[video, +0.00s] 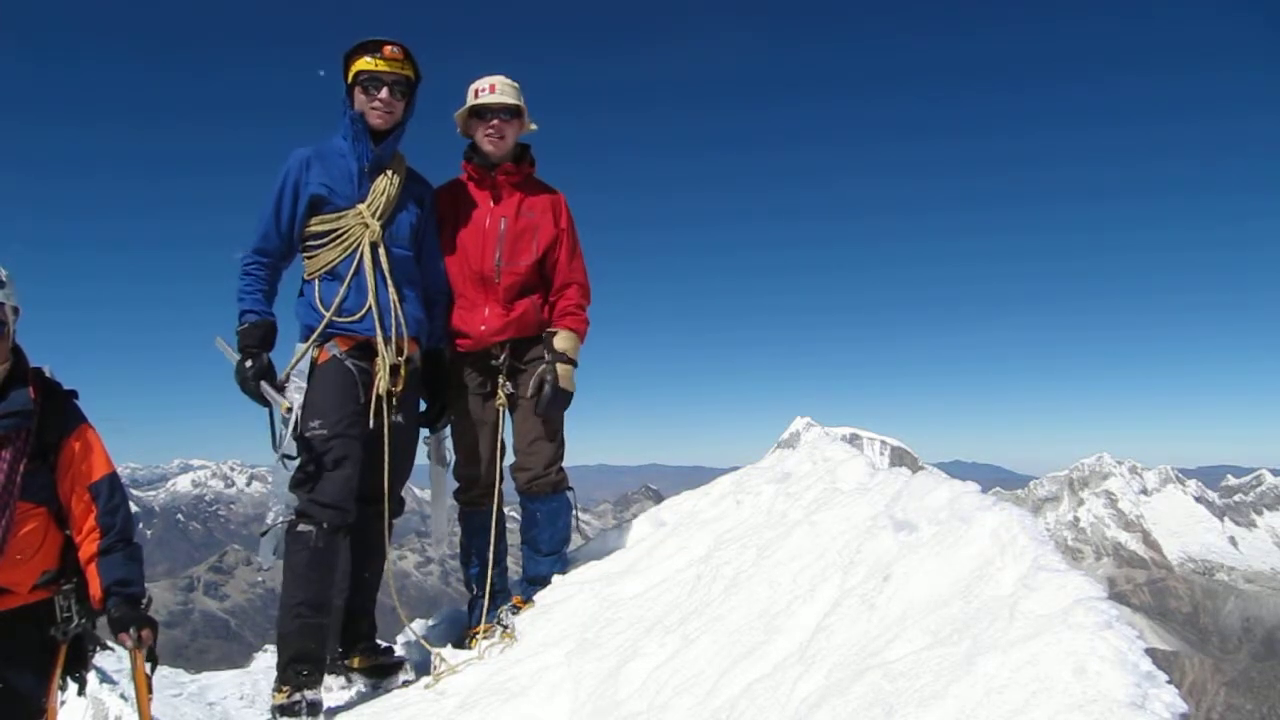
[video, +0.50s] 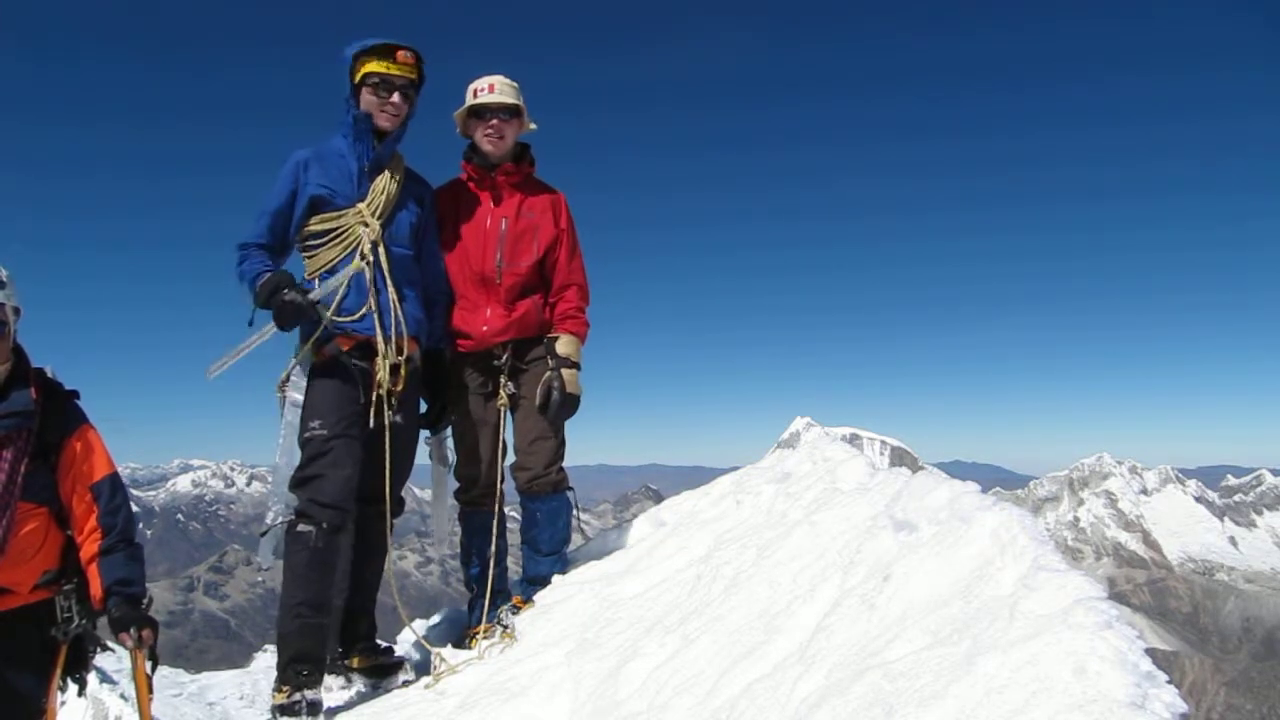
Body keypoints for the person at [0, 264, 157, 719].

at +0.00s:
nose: (1, 333)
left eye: (2, 319)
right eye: (2, 319)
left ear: (12, 322)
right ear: (8, 322)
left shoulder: (47, 410)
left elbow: (99, 508)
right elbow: (100, 508)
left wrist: (120, 596)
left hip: (25, 619)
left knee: (20, 705)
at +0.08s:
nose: (1, 333)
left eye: (2, 319)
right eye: (2, 319)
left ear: (12, 322)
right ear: (8, 322)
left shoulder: (47, 410)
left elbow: (99, 508)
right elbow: (100, 508)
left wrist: (120, 596)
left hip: (25, 619)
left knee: (20, 705)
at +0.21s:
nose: (0, 332)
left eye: (2, 318)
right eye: (2, 319)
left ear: (12, 321)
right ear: (9, 321)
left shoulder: (47, 410)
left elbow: (99, 508)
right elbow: (100, 508)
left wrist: (120, 596)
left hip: (24, 619)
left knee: (20, 706)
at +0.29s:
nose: (1, 333)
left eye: (2, 319)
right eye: (2, 319)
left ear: (12, 321)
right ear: (8, 322)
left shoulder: (47, 410)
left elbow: (100, 508)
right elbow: (100, 508)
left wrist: (120, 596)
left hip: (25, 619)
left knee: (20, 705)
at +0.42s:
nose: (1, 334)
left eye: (3, 320)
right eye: (2, 320)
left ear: (13, 322)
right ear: (9, 323)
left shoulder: (48, 410)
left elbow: (100, 508)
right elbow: (101, 508)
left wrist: (121, 597)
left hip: (25, 620)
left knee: (21, 705)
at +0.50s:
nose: (0, 334)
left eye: (2, 320)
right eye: (1, 320)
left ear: (13, 323)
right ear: (8, 323)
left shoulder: (48, 410)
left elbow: (101, 508)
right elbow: (101, 508)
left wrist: (121, 597)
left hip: (25, 620)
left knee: (20, 706)